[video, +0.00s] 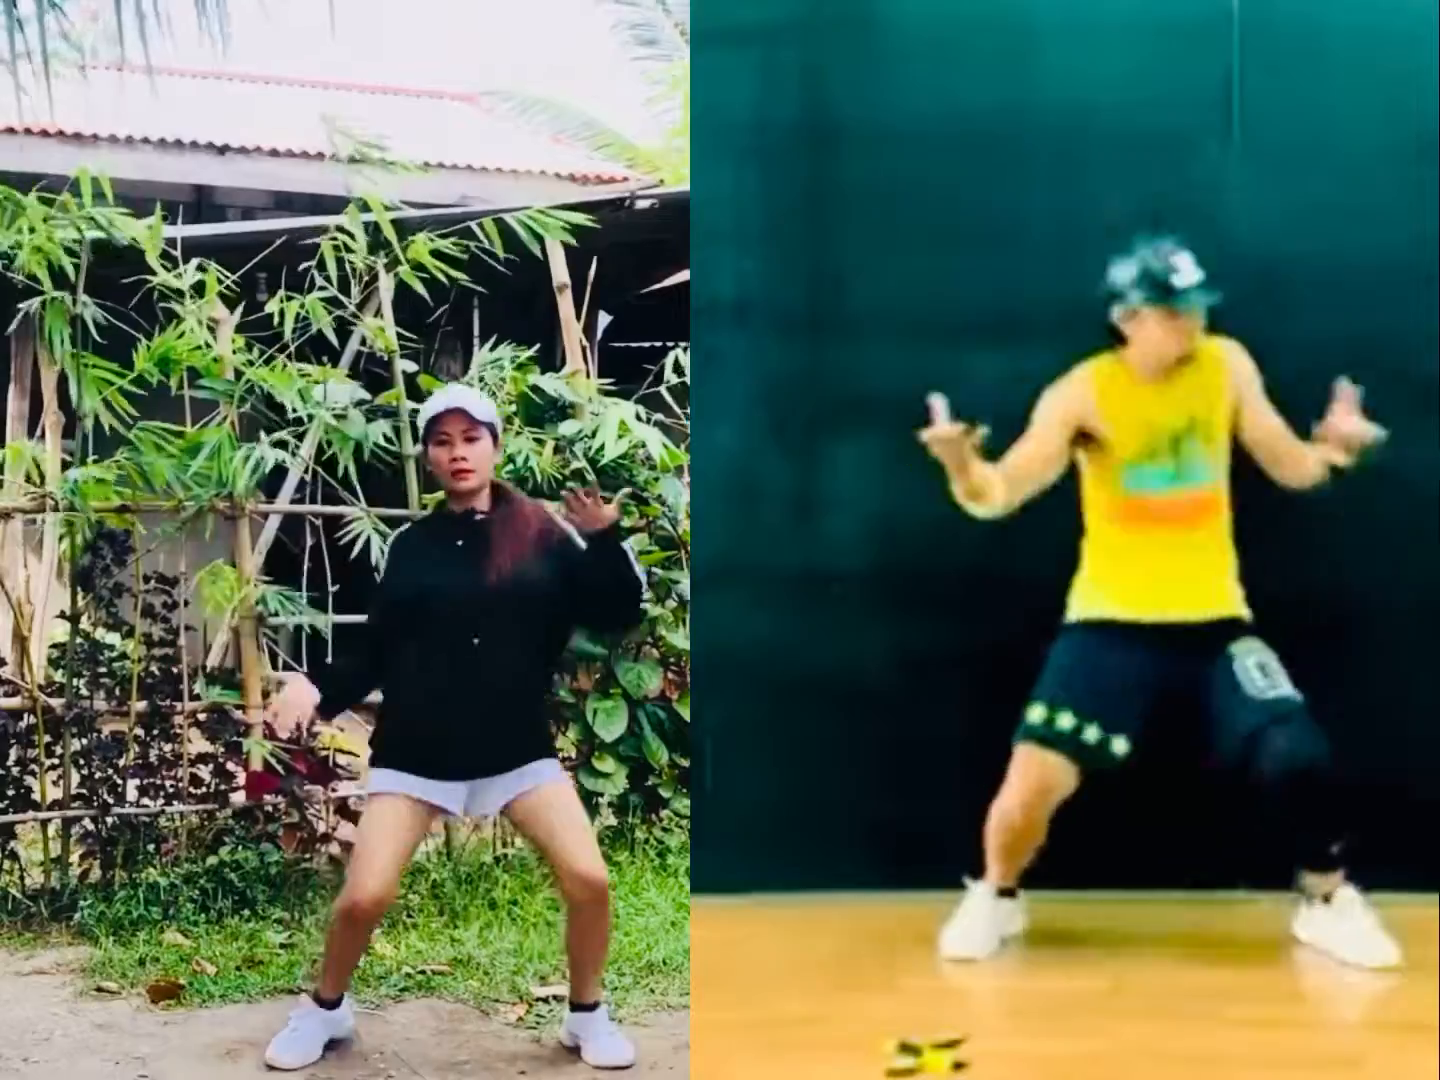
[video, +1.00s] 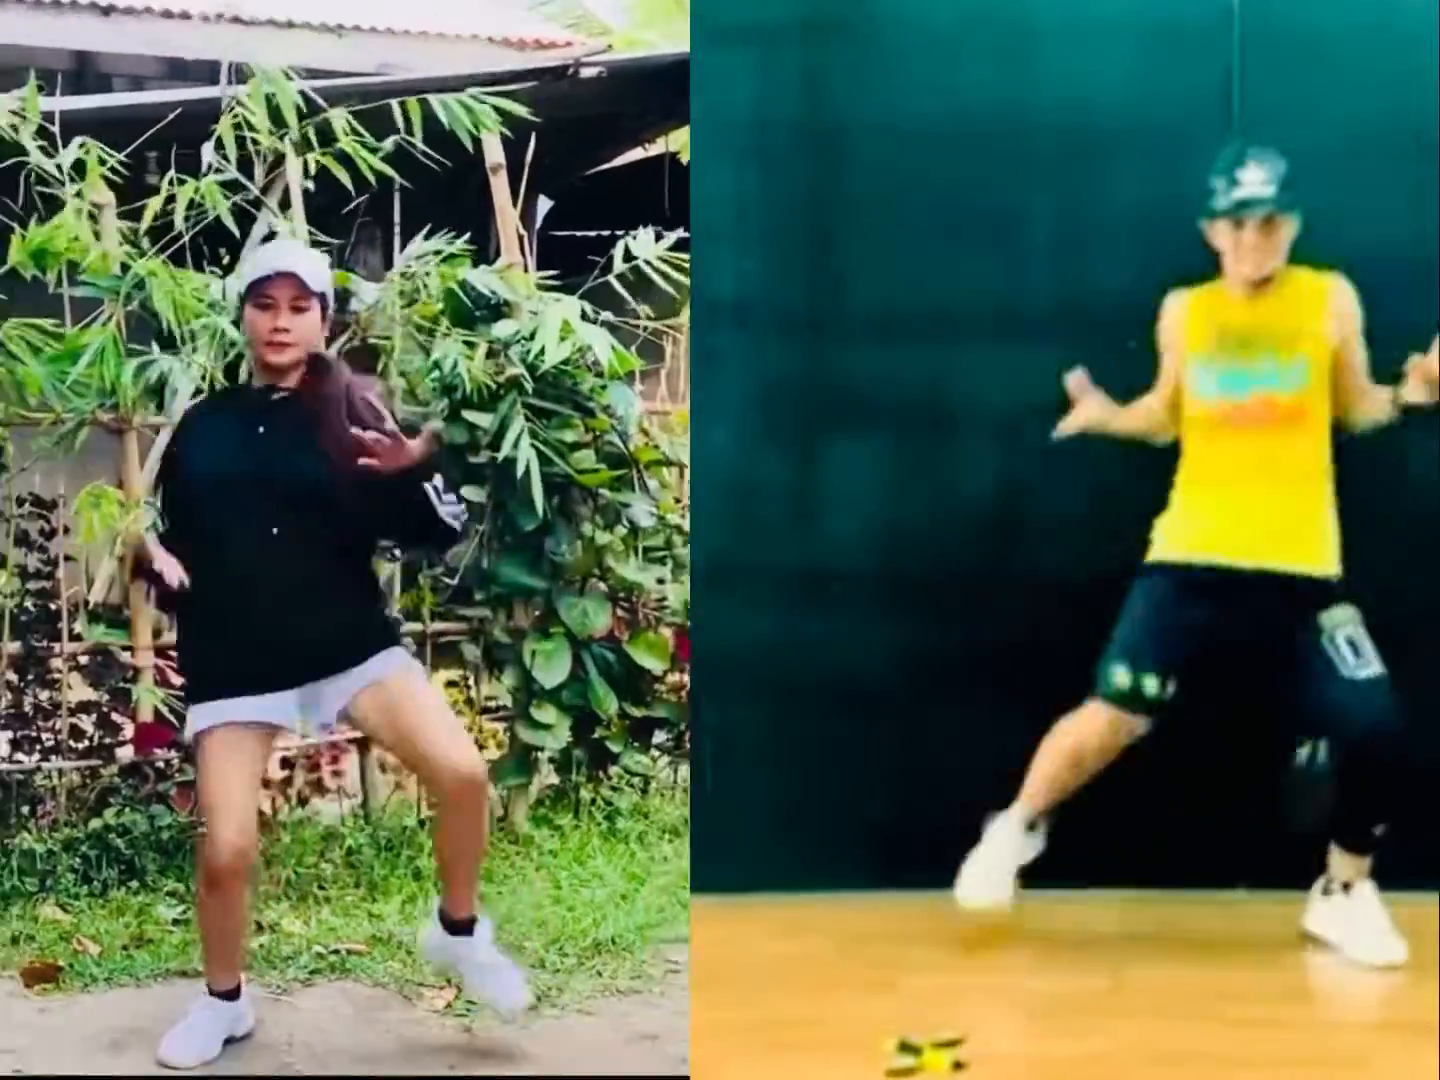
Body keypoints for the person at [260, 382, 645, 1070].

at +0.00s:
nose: (458, 453)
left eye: (471, 438)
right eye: (443, 442)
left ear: (496, 447)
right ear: (428, 458)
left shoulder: (542, 531)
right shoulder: (410, 546)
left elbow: (618, 615)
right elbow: (373, 647)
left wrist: (602, 539)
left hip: (518, 750)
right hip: (414, 754)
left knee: (590, 879)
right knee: (361, 899)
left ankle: (588, 1015)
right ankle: (322, 1010)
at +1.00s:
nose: (280, 321)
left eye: (298, 307)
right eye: (264, 305)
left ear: (326, 321)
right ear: (242, 319)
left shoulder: (354, 408)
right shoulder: (201, 425)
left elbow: (435, 534)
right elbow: (173, 547)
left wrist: (414, 473)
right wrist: (156, 557)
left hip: (349, 644)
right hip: (231, 661)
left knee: (463, 774)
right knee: (224, 853)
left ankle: (458, 929)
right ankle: (224, 1001)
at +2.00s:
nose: (384, 250)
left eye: (400, 231)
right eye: (364, 237)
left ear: (430, 242)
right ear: (345, 256)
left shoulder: (483, 346)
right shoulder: (317, 363)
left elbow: (524, 491)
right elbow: (225, 455)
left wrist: (564, 498)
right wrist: (145, 392)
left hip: (477, 607)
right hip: (359, 591)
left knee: (479, 820)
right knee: (229, 695)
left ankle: (492, 985)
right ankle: (264, 854)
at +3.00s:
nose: (176, 269)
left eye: (198, 252)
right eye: (159, 250)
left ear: (228, 273)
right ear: (130, 264)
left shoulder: (255, 389)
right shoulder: (65, 366)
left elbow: (384, 418)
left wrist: (480, 302)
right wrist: (29, 230)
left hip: (260, 593)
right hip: (143, 638)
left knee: (340, 675)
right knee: (121, 863)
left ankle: (307, 777)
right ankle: (128, 1012)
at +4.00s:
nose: (363, 263)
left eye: (382, 243)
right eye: (344, 247)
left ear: (420, 254)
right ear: (325, 268)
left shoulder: (502, 337)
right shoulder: (302, 388)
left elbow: (620, 271)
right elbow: (181, 434)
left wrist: (628, 155)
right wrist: (89, 357)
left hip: (459, 632)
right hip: (333, 612)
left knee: (482, 861)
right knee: (241, 691)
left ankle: (462, 1023)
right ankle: (216, 852)